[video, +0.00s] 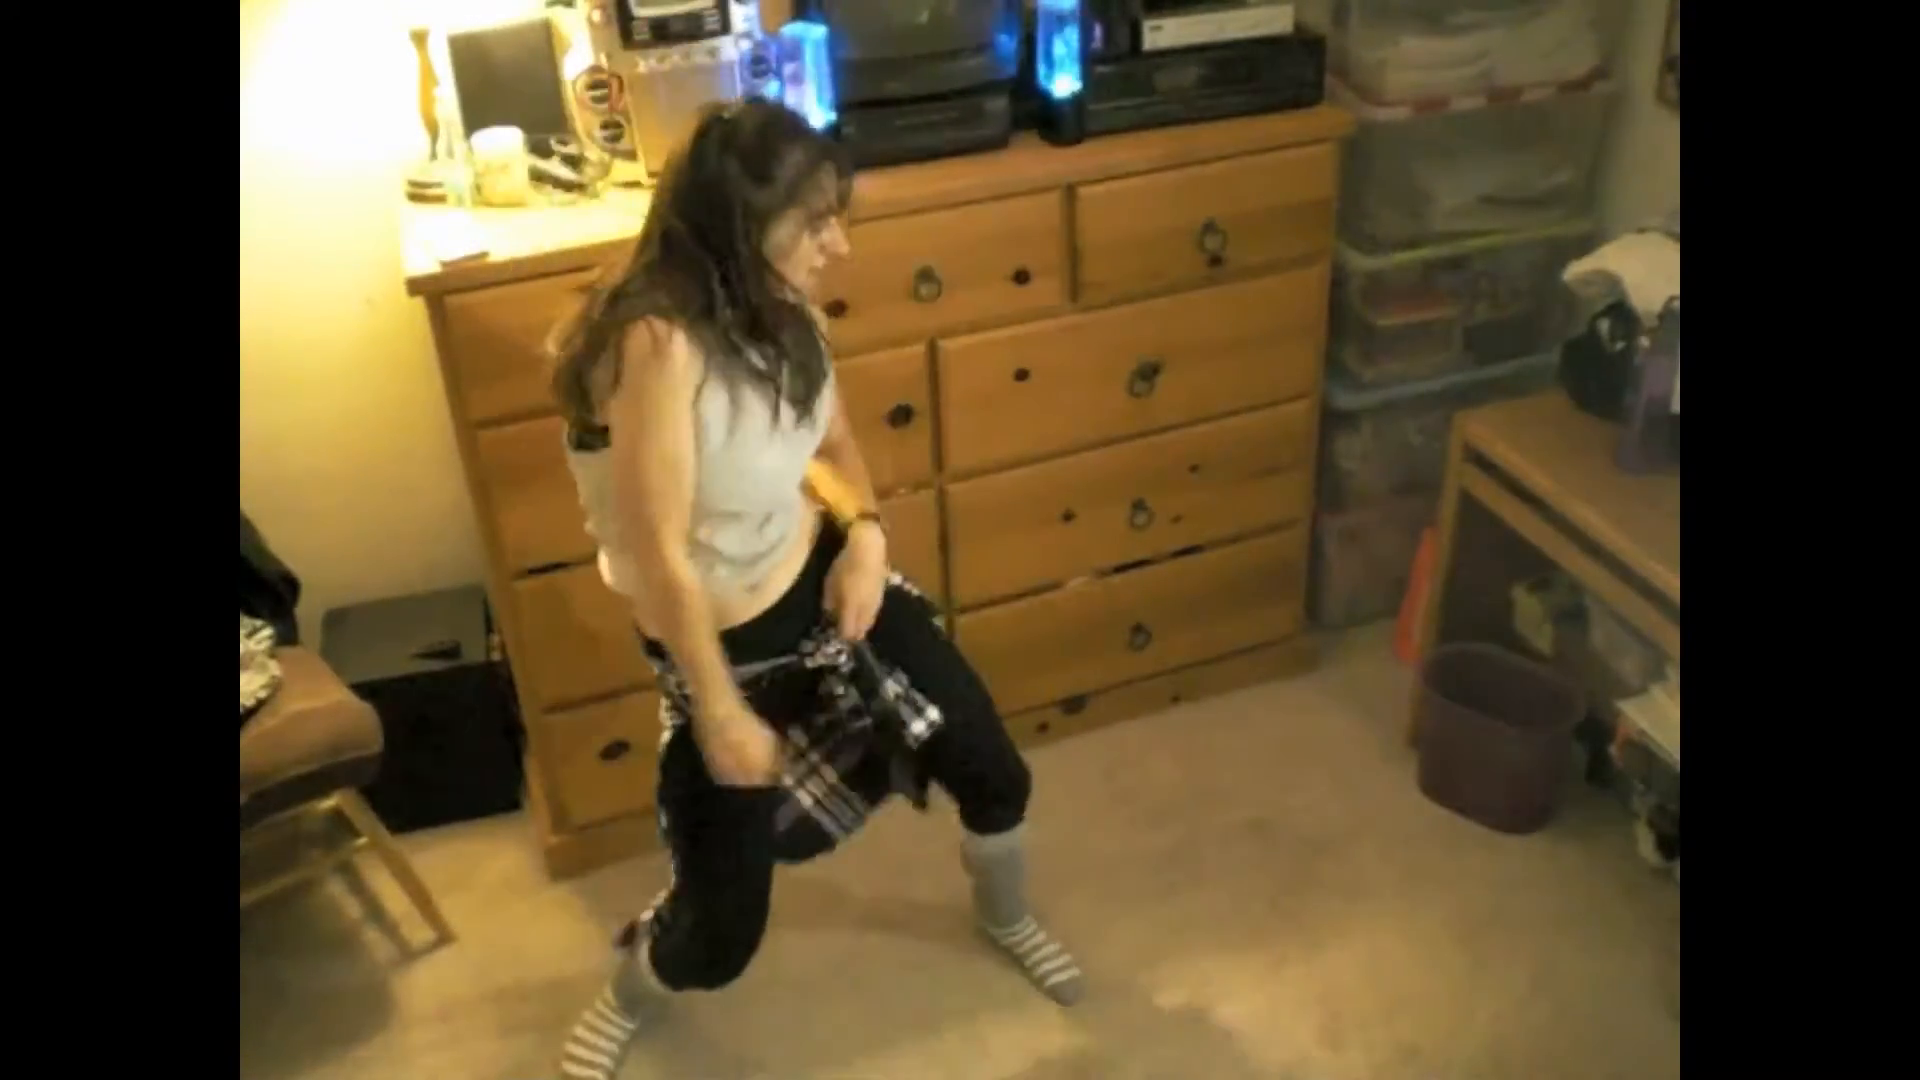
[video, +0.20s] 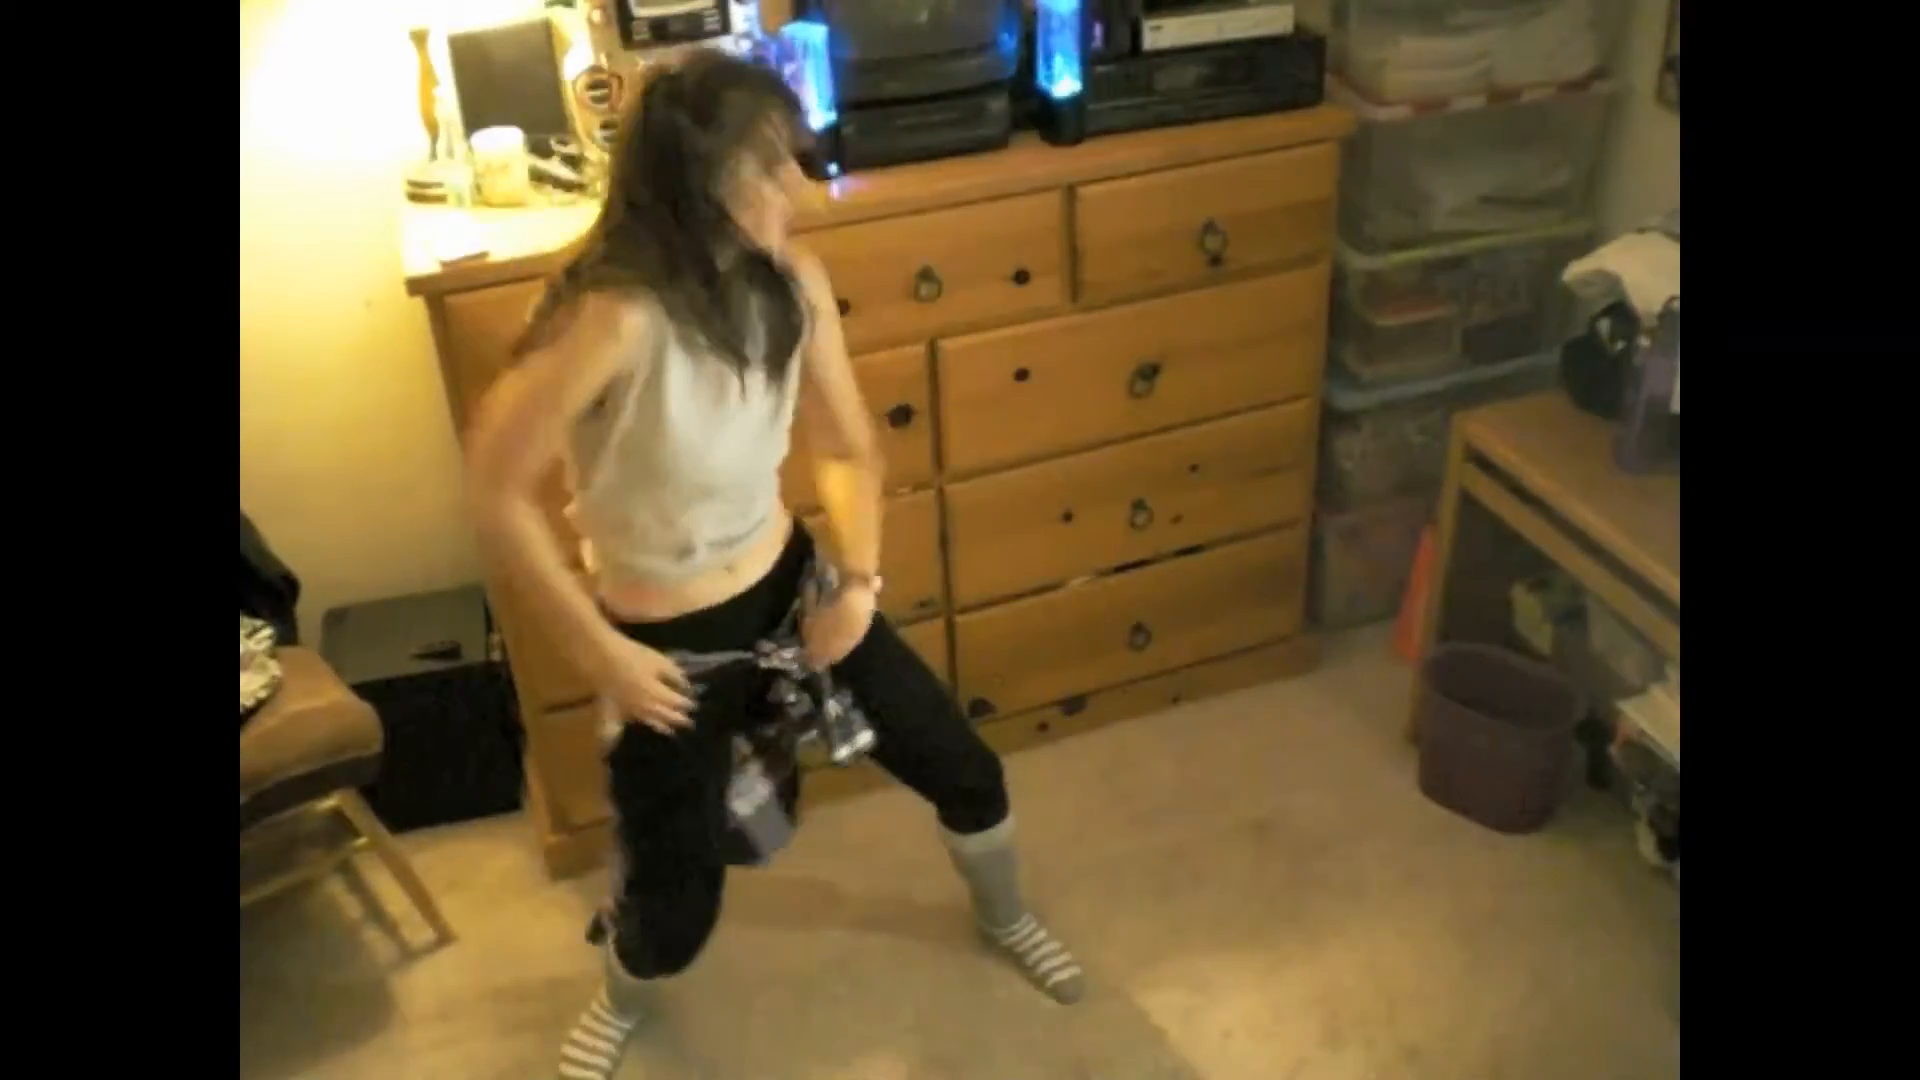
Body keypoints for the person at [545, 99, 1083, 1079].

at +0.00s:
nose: (838, 247)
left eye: (838, 220)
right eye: (816, 225)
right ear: (745, 226)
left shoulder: (784, 315)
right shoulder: (661, 344)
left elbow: (827, 443)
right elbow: (652, 547)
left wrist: (867, 529)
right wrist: (720, 710)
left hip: (830, 592)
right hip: (720, 659)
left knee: (994, 777)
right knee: (719, 937)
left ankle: (1009, 918)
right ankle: (625, 994)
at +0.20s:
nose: (796, 194)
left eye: (793, 167)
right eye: (773, 170)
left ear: (774, 171)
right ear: (700, 179)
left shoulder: (788, 279)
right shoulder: (615, 316)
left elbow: (850, 448)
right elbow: (493, 491)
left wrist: (856, 581)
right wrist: (600, 656)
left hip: (790, 597)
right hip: (666, 646)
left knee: (968, 774)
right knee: (672, 911)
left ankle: (1006, 919)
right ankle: (620, 1006)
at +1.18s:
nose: (788, 204)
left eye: (814, 175)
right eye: (761, 172)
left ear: (844, 190)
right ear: (718, 181)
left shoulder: (872, 302)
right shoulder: (675, 301)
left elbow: (959, 497)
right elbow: (651, 428)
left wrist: (852, 649)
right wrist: (684, 540)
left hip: (846, 626)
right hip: (718, 606)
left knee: (910, 884)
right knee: (578, 845)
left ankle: (992, 936)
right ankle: (596, 1006)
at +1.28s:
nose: (829, 227)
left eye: (851, 199)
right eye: (800, 200)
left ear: (877, 215)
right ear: (748, 215)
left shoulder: (912, 342)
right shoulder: (690, 316)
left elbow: (1000, 491)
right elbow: (680, 467)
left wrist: (921, 630)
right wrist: (712, 618)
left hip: (891, 643)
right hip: (754, 644)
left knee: (965, 902)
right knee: (573, 865)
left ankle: (1000, 932)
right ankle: (588, 1021)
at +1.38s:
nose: (863, 234)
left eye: (883, 205)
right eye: (833, 206)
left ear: (909, 217)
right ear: (778, 222)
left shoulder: (948, 351)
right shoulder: (715, 310)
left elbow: (982, 476)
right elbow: (688, 482)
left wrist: (944, 602)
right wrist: (723, 652)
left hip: (905, 636)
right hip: (764, 648)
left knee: (978, 874)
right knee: (596, 877)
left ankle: (1004, 929)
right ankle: (593, 1022)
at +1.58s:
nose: (884, 212)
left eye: (899, 181)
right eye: (851, 191)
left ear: (920, 171)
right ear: (798, 186)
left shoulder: (913, 268)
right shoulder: (748, 249)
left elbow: (901, 422)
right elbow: (671, 431)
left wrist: (925, 543)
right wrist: (706, 625)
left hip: (883, 591)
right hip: (751, 621)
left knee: (968, 778)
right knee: (665, 868)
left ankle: (1005, 930)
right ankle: (596, 1012)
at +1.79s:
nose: (862, 174)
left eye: (878, 144)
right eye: (830, 153)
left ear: (900, 126)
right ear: (773, 140)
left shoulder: (889, 219)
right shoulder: (749, 212)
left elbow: (881, 390)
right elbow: (695, 414)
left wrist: (912, 513)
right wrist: (730, 606)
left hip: (872, 580)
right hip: (739, 600)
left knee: (964, 766)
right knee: (668, 849)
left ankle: (1006, 926)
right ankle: (596, 1005)